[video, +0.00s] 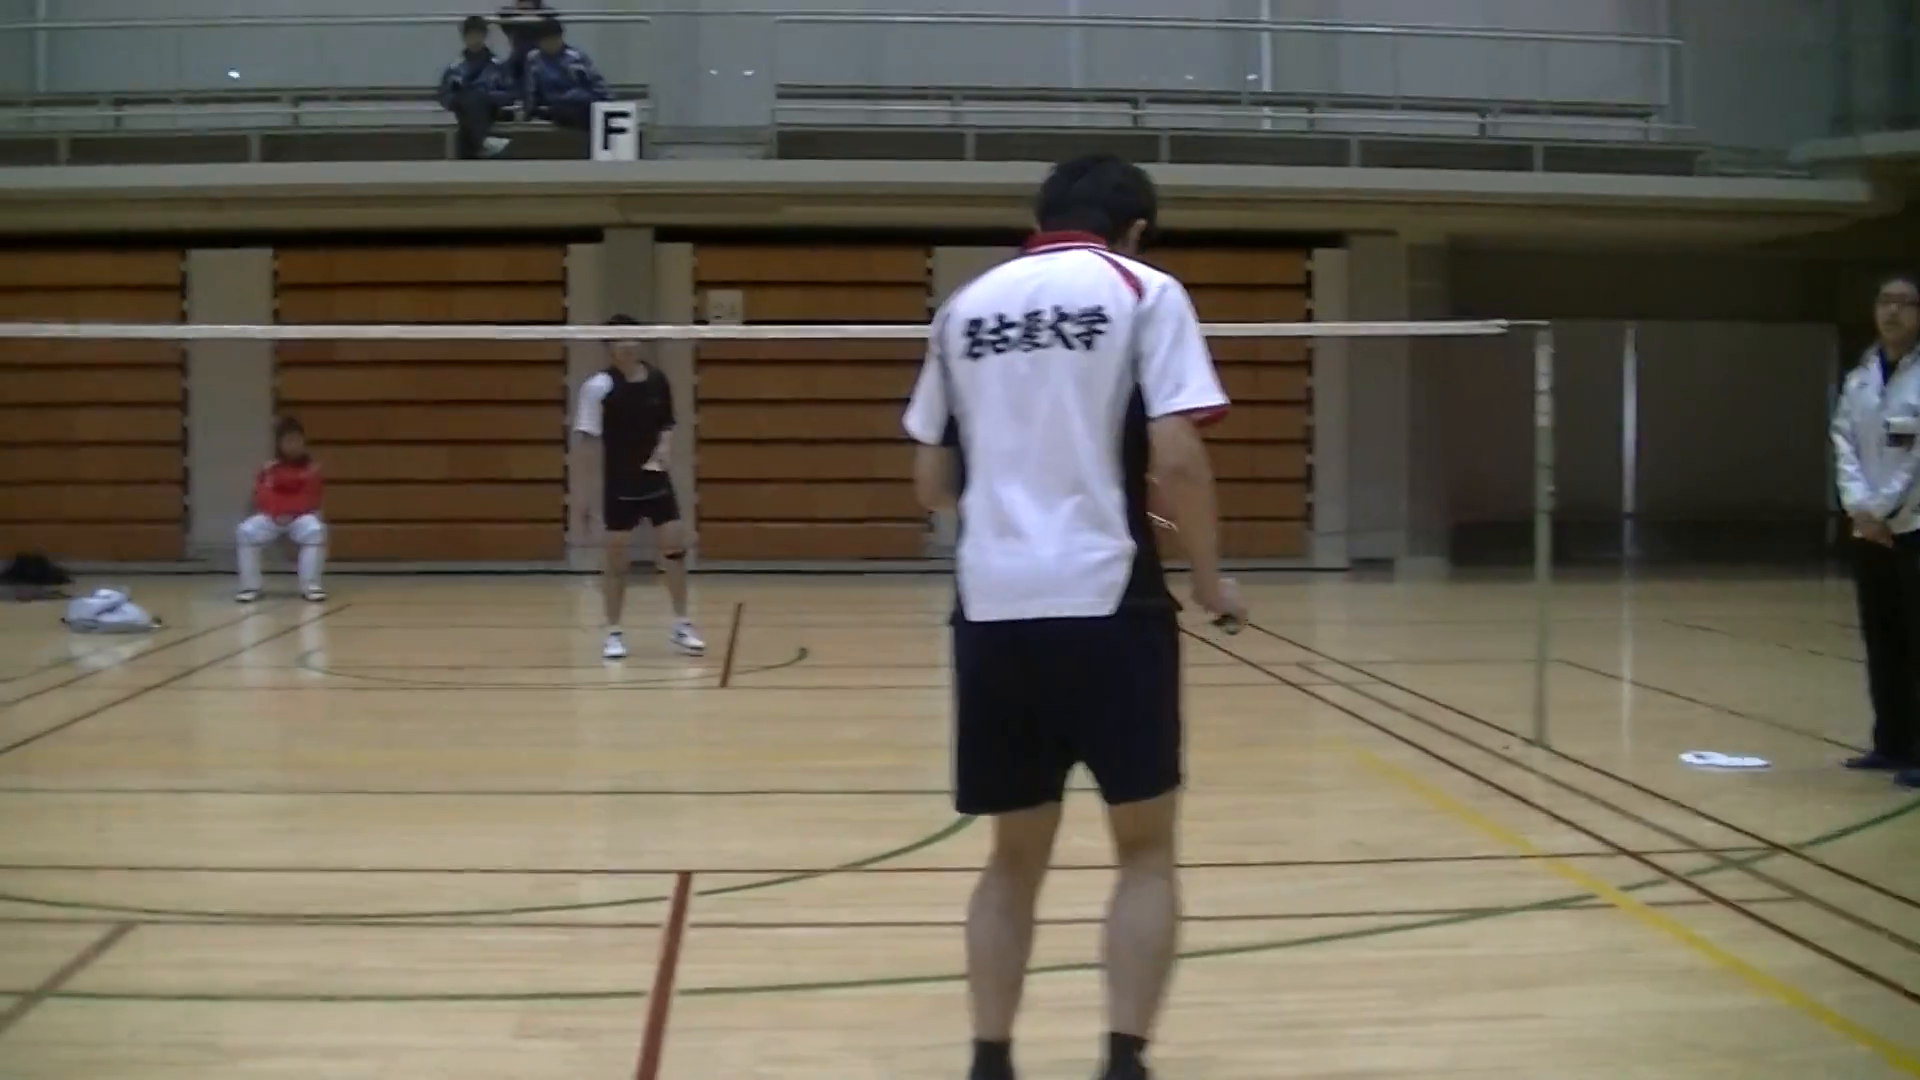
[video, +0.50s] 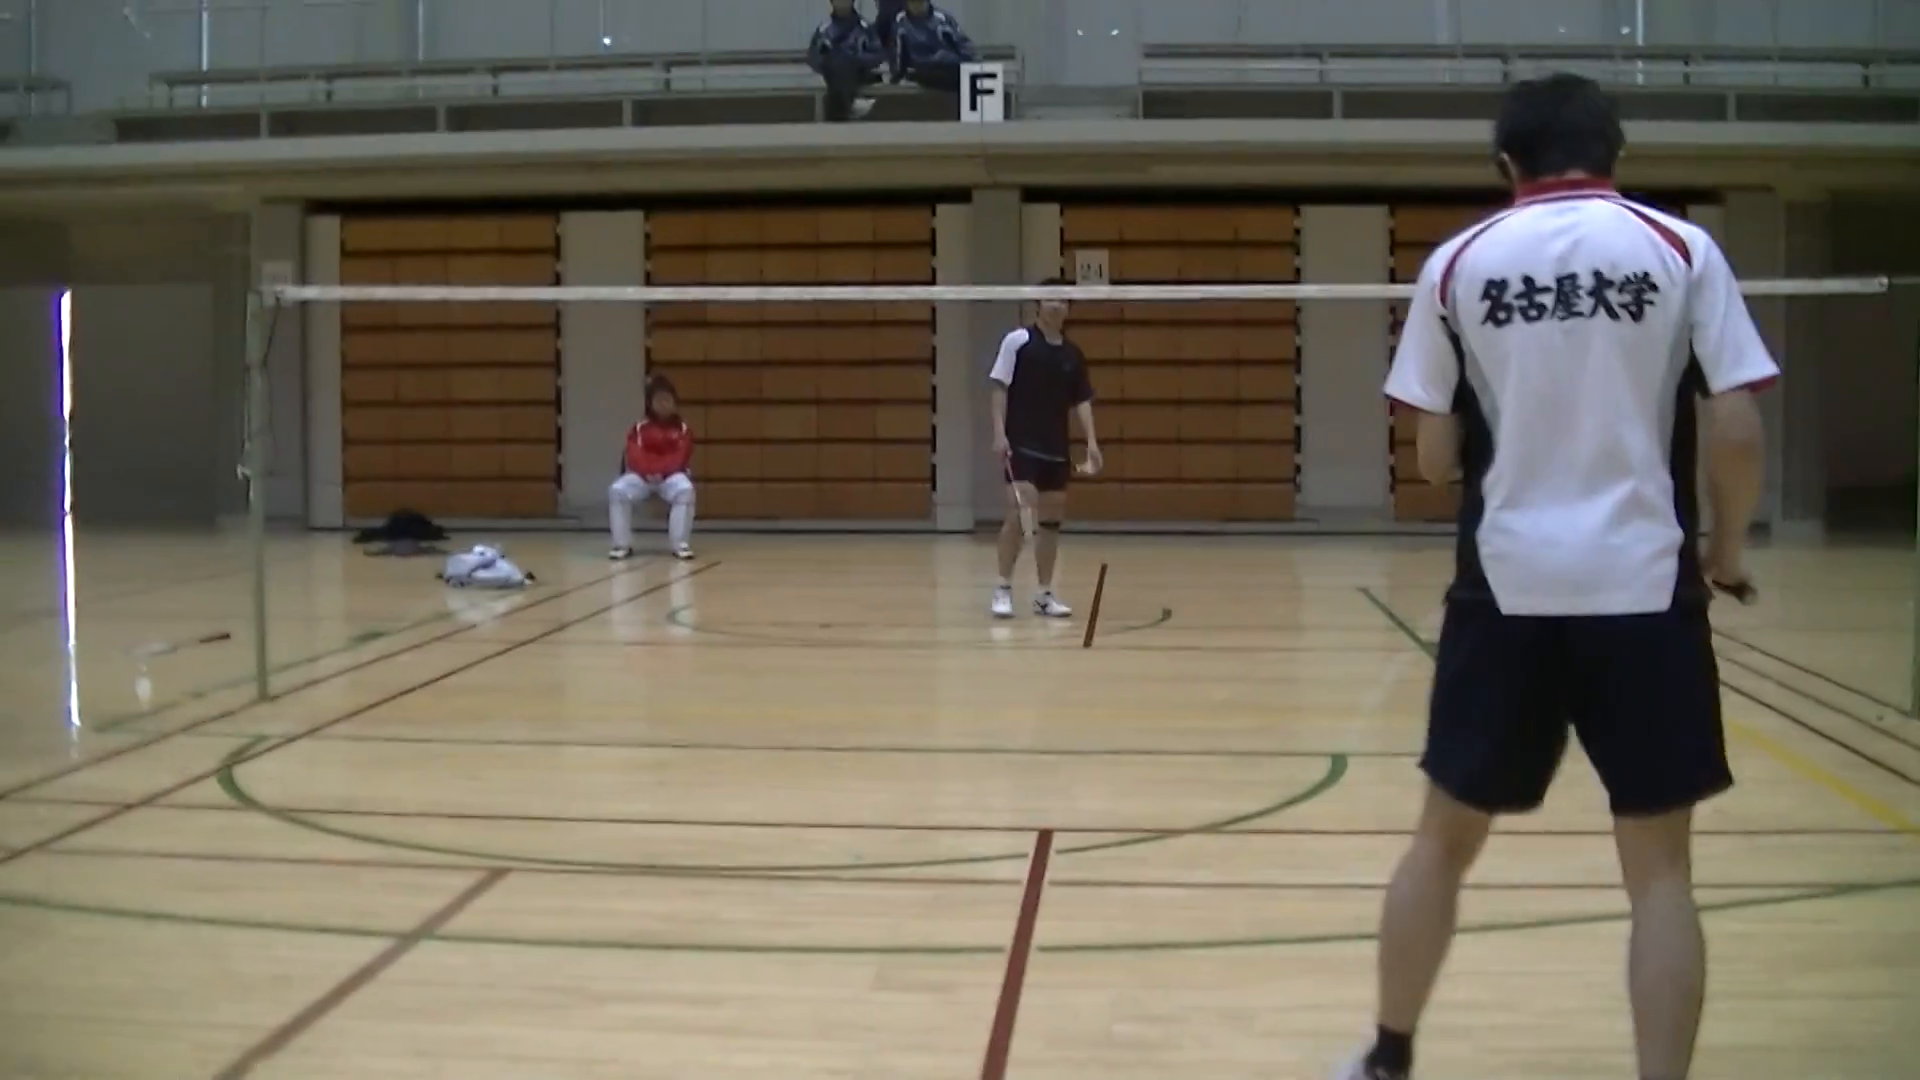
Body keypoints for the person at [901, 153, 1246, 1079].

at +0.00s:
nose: (1146, 247)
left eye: (1146, 237)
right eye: (1146, 236)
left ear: (1039, 225)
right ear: (1131, 231)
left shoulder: (964, 306)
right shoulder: (1148, 295)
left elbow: (934, 483)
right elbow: (1176, 458)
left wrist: (1014, 474)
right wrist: (1209, 580)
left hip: (994, 618)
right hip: (1113, 613)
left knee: (1013, 852)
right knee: (1144, 851)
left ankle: (988, 1063)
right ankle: (1125, 1061)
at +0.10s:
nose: (1227, 243)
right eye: (1225, 231)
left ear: (1121, 226)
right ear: (1214, 228)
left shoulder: (1050, 305)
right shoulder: (1239, 294)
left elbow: (1022, 477)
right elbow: (1276, 447)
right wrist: (1299, 569)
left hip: (1084, 619)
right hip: (1204, 614)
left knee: (1095, 852)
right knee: (1255, 853)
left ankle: (1063, 1059)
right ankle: (1260, 1062)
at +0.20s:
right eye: (1337, 207)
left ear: (1242, 207)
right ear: (1336, 208)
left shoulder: (1171, 292)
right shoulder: (1366, 281)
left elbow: (1143, 463)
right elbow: (1409, 437)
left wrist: (1220, 444)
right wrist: (1426, 561)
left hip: (1210, 611)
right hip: (1330, 606)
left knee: (1206, 844)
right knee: (1399, 851)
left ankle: (1165, 1053)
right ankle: (1430, 1062)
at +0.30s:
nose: (1478, 186)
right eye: (1481, 171)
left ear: (1385, 170)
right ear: (1480, 172)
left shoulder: (1316, 264)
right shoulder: (1522, 257)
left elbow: (1290, 442)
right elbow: (1566, 422)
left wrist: (1374, 434)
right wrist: (1578, 543)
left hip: (1358, 596)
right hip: (1484, 596)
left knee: (1331, 824)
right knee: (1551, 845)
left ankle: (1278, 1041)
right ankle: (1588, 1069)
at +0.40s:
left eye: (1463, 167)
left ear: (1462, 170)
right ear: (1562, 166)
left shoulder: (1405, 266)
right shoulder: (1623, 256)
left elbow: (1378, 459)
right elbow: (1669, 432)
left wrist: (1460, 486)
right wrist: (1664, 563)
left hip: (1451, 605)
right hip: (1585, 609)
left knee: (1393, 831)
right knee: (1622, 866)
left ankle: (1331, 1040)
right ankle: (1636, 1074)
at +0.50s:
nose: (1506, 173)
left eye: (1503, 159)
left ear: (1508, 165)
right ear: (1613, 158)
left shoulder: (1458, 264)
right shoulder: (1686, 250)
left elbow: (1437, 458)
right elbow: (1735, 429)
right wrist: (1726, 550)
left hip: (1505, 604)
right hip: (1645, 606)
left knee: (1440, 842)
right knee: (1659, 872)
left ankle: (1388, 1058)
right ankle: (1663, 1078)